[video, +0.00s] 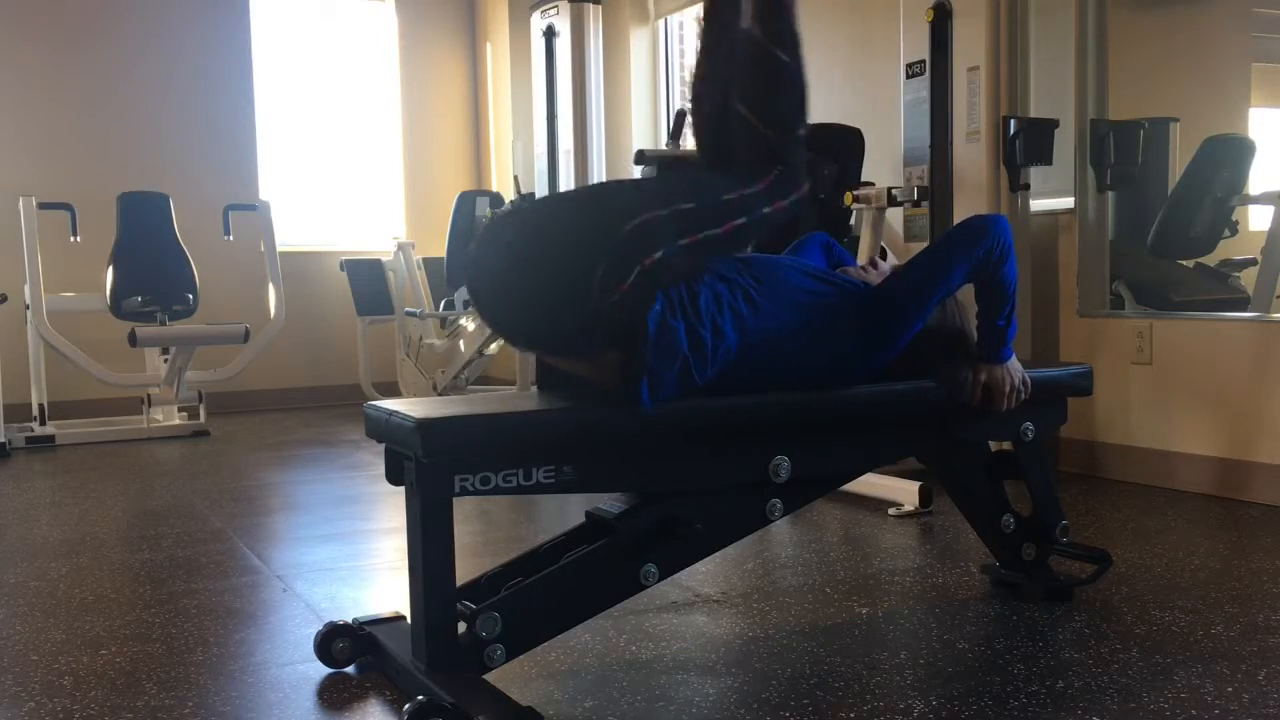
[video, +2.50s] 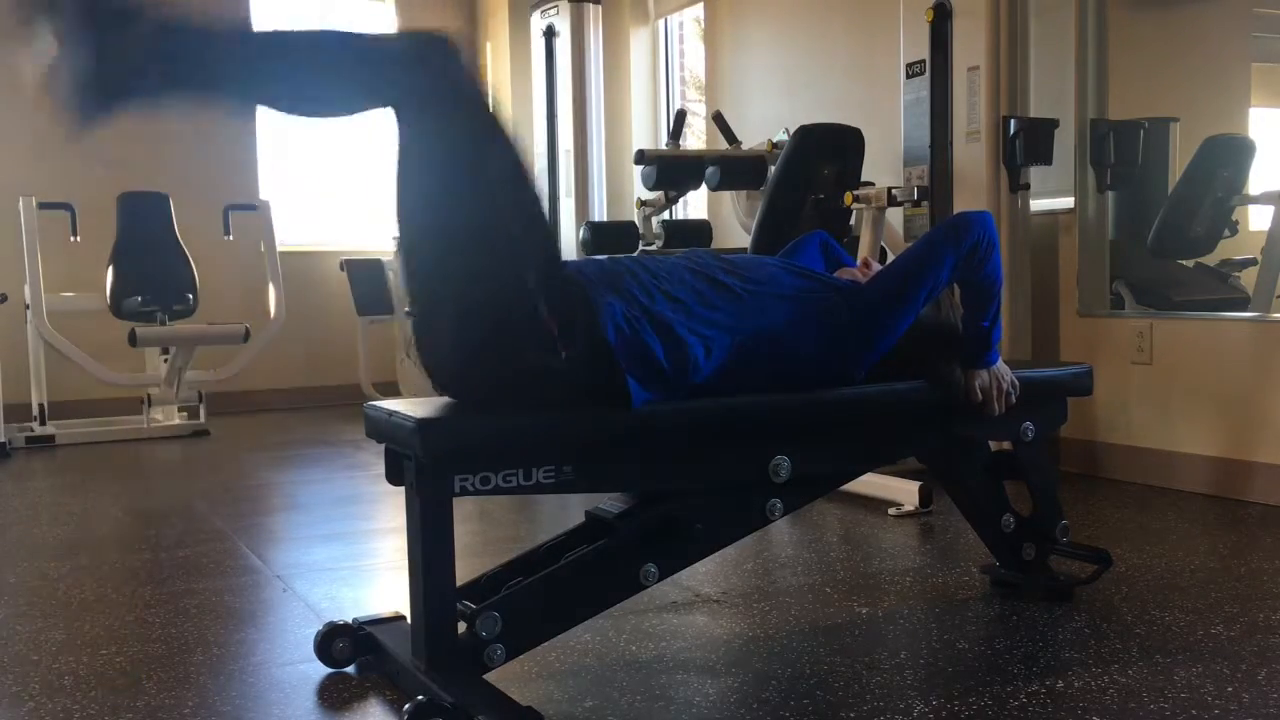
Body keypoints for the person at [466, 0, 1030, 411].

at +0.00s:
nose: (886, 258)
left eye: (898, 271)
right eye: (891, 258)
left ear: (908, 311)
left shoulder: (876, 332)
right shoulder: (827, 274)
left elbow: (987, 232)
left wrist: (1000, 350)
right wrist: (866, 271)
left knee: (784, 178)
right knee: (740, 174)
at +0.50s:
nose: (870, 261)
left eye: (885, 270)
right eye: (875, 260)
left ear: (891, 301)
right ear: (859, 273)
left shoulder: (871, 328)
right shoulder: (804, 281)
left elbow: (985, 233)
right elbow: (815, 235)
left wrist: (1000, 353)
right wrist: (869, 271)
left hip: (554, 345)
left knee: (665, 102)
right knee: (659, 109)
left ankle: (495, 4)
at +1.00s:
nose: (876, 251)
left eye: (894, 257)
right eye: (877, 246)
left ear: (904, 311)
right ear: (858, 266)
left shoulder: (856, 335)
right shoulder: (802, 285)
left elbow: (990, 233)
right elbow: (814, 165)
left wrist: (987, 353)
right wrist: (870, 247)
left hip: (530, 351)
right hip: (527, 316)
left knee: (484, 61)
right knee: (489, 50)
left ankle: (198, 72)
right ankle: (213, 48)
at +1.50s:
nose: (866, 245)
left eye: (886, 252)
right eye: (865, 239)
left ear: (894, 298)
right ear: (838, 253)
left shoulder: (851, 326)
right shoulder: (784, 278)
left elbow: (984, 232)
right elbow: (820, 169)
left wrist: (936, 309)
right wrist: (861, 244)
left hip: (543, 341)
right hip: (512, 298)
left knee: (262, 196)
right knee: (273, 182)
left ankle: (46, 363)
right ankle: (172, 277)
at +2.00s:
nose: (862, 242)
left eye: (872, 246)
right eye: (864, 236)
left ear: (878, 287)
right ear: (831, 259)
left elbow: (973, 226)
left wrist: (973, 352)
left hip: (554, 337)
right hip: (511, 307)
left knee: (228, 356)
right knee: (226, 353)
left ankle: (82, 623)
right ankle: (81, 617)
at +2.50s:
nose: (863, 244)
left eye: (881, 249)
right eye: (859, 237)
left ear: (890, 294)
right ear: (837, 254)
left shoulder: (853, 330)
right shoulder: (788, 285)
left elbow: (978, 230)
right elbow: (812, 180)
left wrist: (963, 338)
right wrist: (858, 241)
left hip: (538, 355)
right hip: (525, 327)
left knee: (429, 70)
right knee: (428, 70)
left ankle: (137, 57)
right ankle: (146, 46)